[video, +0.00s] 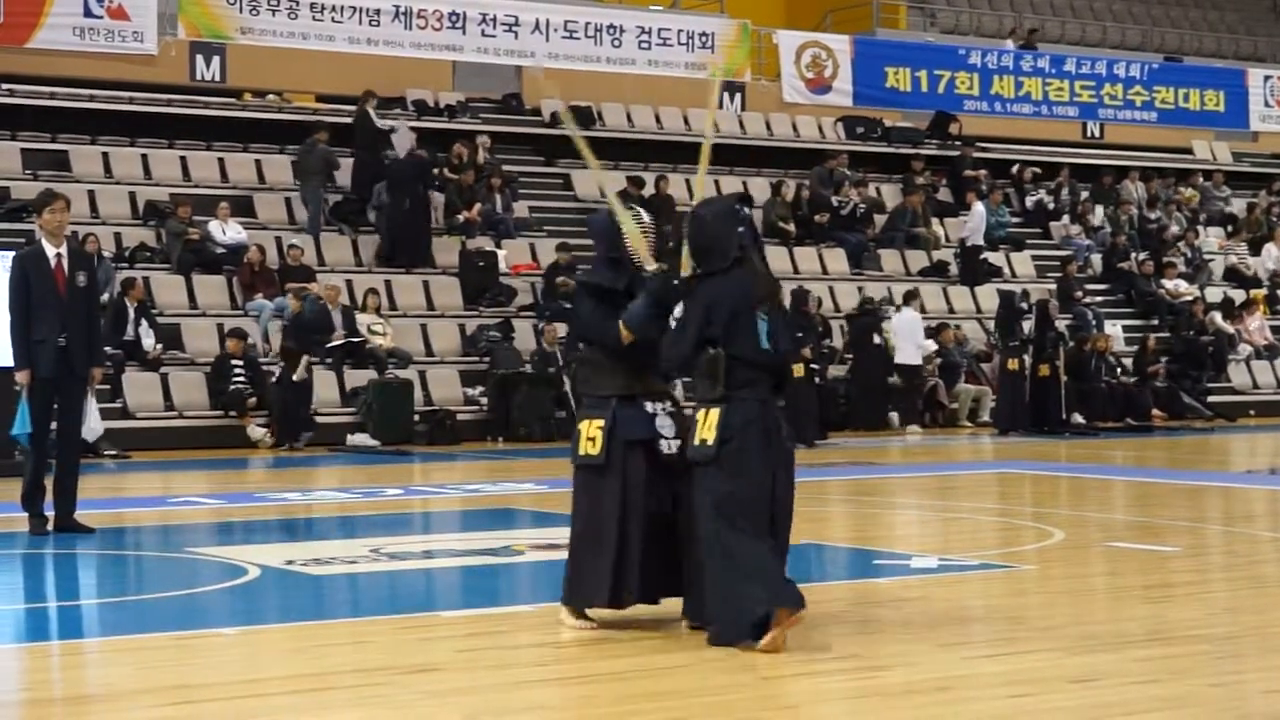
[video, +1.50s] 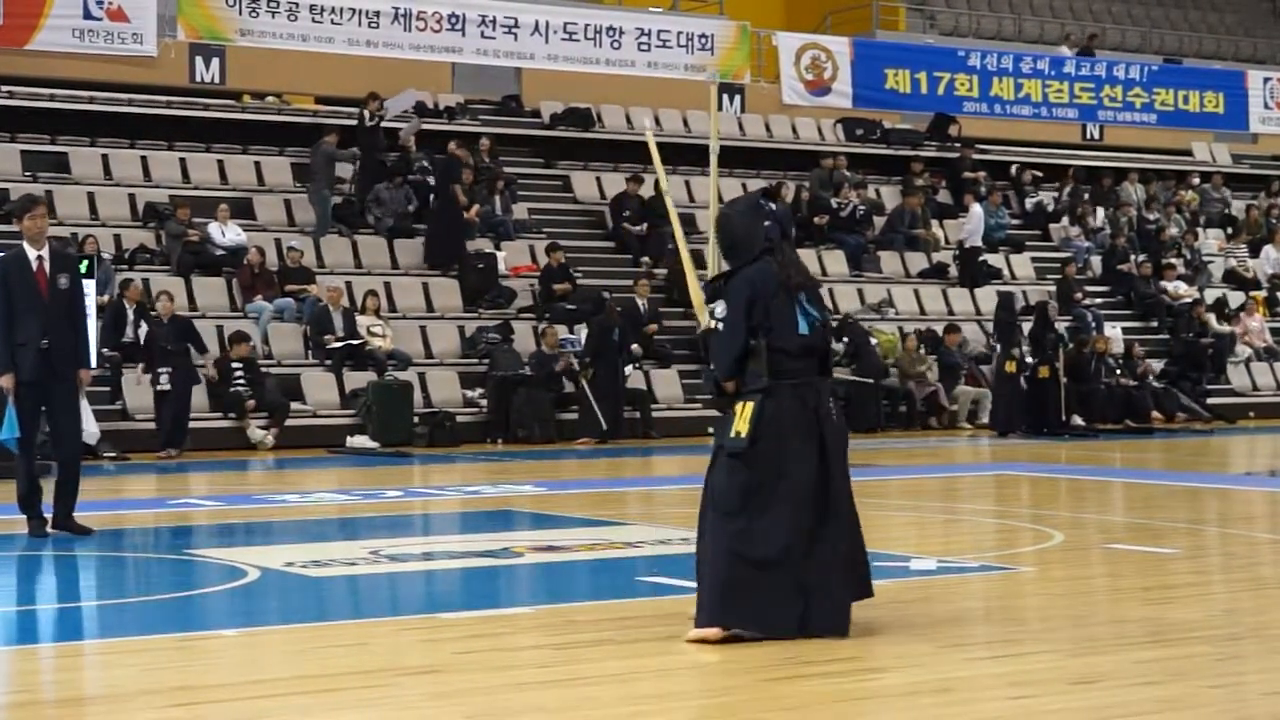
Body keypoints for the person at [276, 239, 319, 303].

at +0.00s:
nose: (294, 253)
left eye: (297, 249)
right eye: (292, 250)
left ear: (302, 252)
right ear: (288, 253)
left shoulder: (308, 269)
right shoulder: (283, 269)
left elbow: (314, 285)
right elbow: (285, 286)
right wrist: (305, 285)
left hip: (306, 292)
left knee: (312, 298)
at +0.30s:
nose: (294, 253)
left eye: (297, 250)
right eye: (292, 250)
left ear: (302, 253)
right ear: (288, 252)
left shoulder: (309, 269)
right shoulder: (283, 268)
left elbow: (314, 285)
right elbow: (285, 286)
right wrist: (306, 285)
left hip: (306, 292)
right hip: (291, 294)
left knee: (313, 298)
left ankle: (306, 324)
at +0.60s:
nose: (293, 254)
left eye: (296, 251)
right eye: (290, 251)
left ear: (301, 254)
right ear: (287, 254)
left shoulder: (308, 270)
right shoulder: (282, 269)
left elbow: (313, 286)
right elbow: (284, 287)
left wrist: (313, 291)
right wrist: (305, 286)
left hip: (305, 293)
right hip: (290, 295)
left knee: (312, 299)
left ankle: (305, 325)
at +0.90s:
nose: (292, 254)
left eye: (295, 251)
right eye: (290, 251)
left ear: (300, 254)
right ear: (287, 254)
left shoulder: (307, 270)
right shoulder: (282, 270)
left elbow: (313, 286)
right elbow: (284, 287)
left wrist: (312, 292)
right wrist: (305, 287)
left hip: (305, 293)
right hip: (290, 295)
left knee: (311, 299)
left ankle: (305, 325)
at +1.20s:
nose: (292, 254)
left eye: (295, 251)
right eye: (289, 251)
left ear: (300, 255)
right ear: (286, 254)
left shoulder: (307, 270)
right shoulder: (282, 270)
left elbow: (313, 287)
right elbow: (284, 288)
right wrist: (305, 287)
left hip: (305, 294)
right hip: (289, 295)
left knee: (311, 299)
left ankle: (305, 325)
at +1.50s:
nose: (293, 255)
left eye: (296, 251)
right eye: (290, 252)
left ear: (301, 255)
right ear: (287, 254)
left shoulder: (308, 271)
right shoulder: (282, 270)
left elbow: (314, 288)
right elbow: (285, 288)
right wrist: (305, 287)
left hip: (305, 294)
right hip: (290, 296)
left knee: (312, 299)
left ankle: (305, 325)